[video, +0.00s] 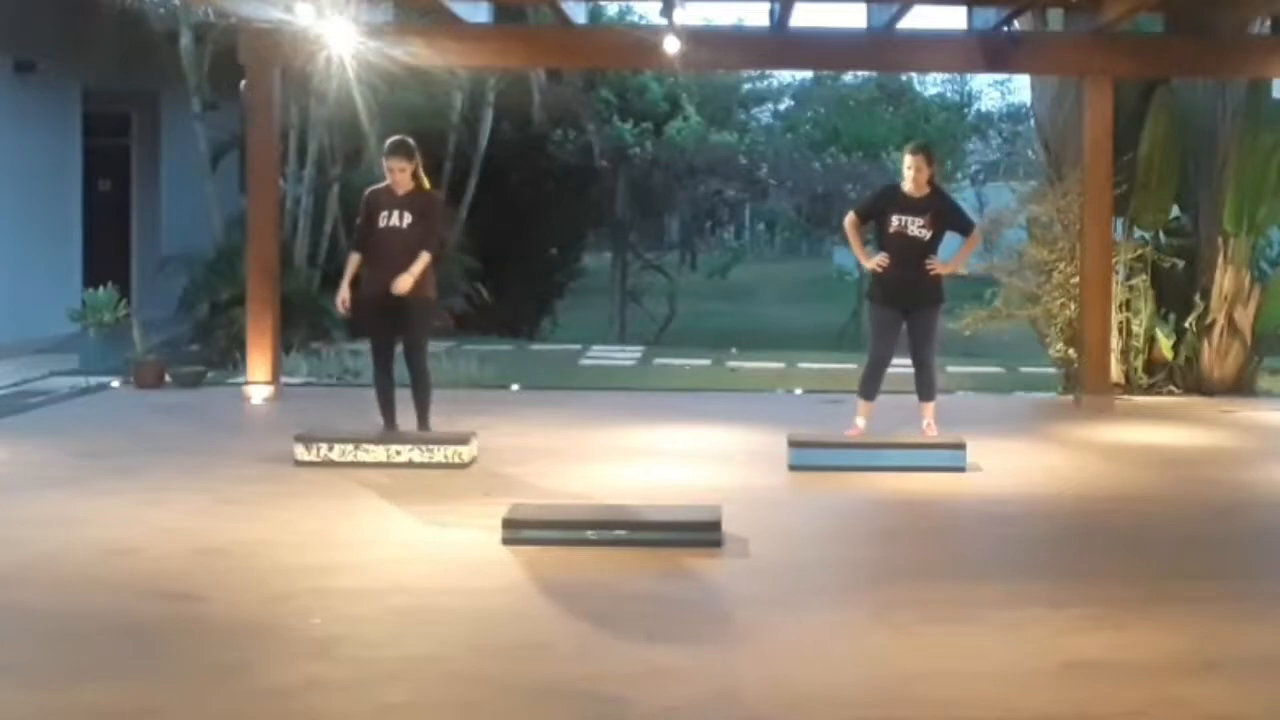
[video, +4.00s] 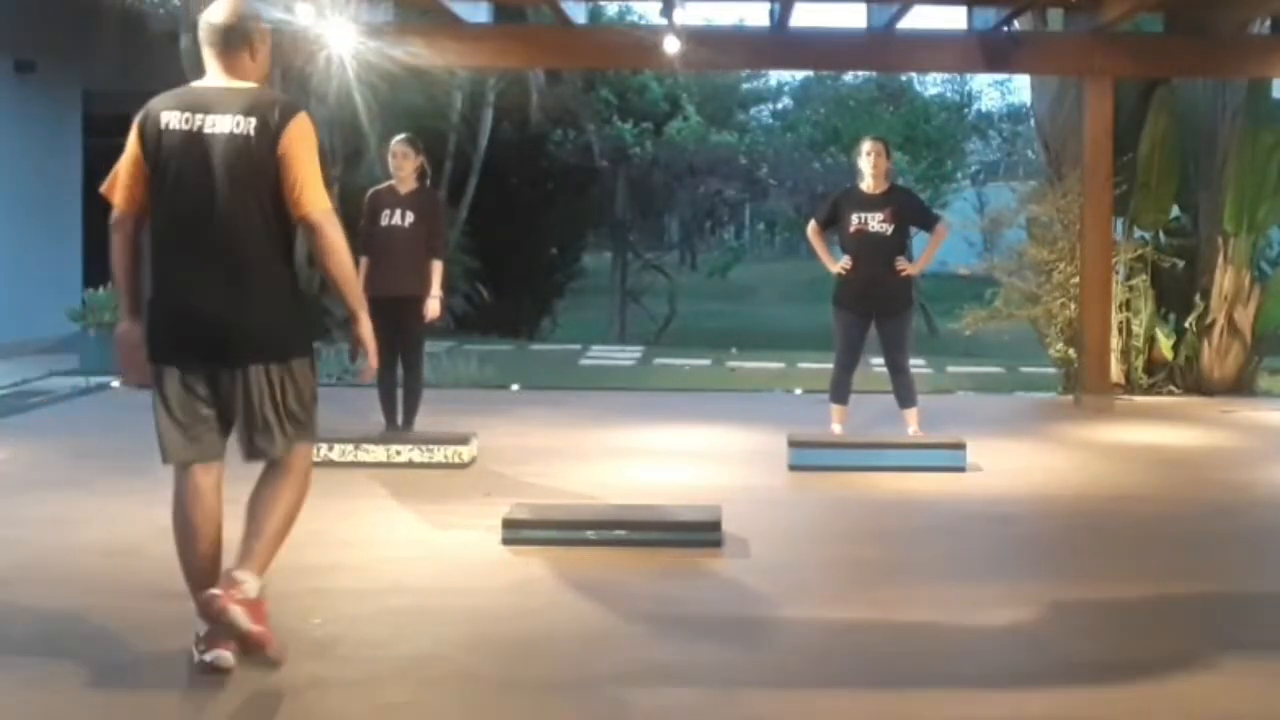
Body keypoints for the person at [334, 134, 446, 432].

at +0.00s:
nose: (395, 176)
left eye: (401, 170)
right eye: (390, 170)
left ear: (414, 168)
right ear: (384, 168)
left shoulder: (430, 200)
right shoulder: (373, 197)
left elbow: (432, 244)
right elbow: (359, 244)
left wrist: (411, 274)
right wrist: (345, 284)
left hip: (415, 291)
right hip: (377, 291)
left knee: (416, 358)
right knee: (382, 359)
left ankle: (423, 424)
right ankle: (389, 424)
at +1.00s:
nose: (394, 159)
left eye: (401, 153)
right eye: (390, 153)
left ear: (414, 159)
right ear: (384, 158)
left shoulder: (429, 196)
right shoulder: (373, 196)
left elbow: (436, 246)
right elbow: (366, 245)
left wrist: (433, 289)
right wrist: (361, 285)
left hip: (414, 292)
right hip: (381, 292)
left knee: (412, 361)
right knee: (385, 361)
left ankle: (408, 423)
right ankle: (390, 423)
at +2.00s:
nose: (392, 159)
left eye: (399, 153)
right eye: (388, 153)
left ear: (413, 159)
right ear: (382, 158)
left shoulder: (428, 199)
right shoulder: (371, 197)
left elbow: (434, 249)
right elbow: (363, 247)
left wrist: (432, 291)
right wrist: (356, 287)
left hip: (412, 294)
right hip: (378, 294)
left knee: (410, 361)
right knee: (384, 361)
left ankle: (407, 424)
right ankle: (389, 423)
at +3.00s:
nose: (389, 159)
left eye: (396, 154)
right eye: (386, 153)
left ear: (411, 160)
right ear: (381, 158)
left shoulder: (424, 199)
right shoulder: (370, 198)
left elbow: (431, 250)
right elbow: (361, 248)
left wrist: (429, 292)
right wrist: (355, 289)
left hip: (409, 295)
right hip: (376, 295)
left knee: (409, 363)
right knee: (382, 363)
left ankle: (407, 424)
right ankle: (389, 423)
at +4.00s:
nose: (396, 162)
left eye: (403, 156)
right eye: (393, 156)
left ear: (418, 161)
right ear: (387, 159)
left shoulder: (430, 199)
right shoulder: (376, 197)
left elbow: (436, 250)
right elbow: (365, 248)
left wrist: (435, 293)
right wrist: (360, 290)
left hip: (413, 295)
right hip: (380, 294)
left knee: (412, 362)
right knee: (384, 363)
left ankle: (407, 424)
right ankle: (390, 423)